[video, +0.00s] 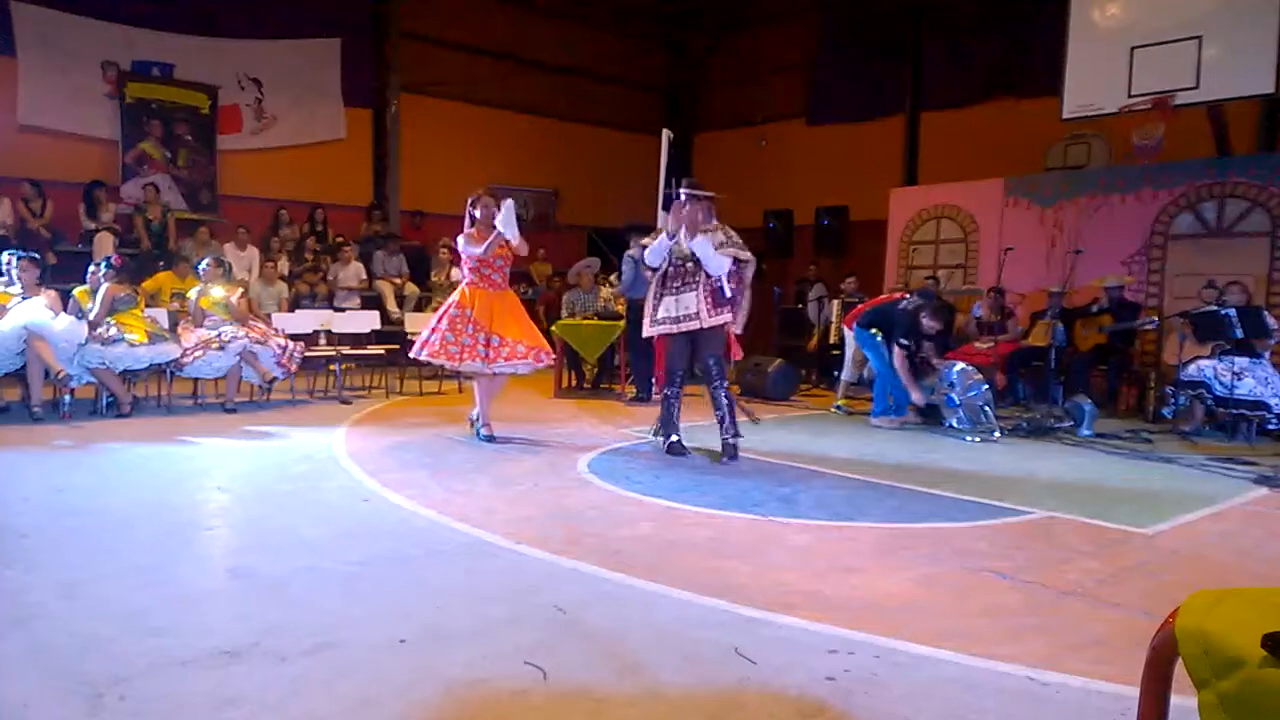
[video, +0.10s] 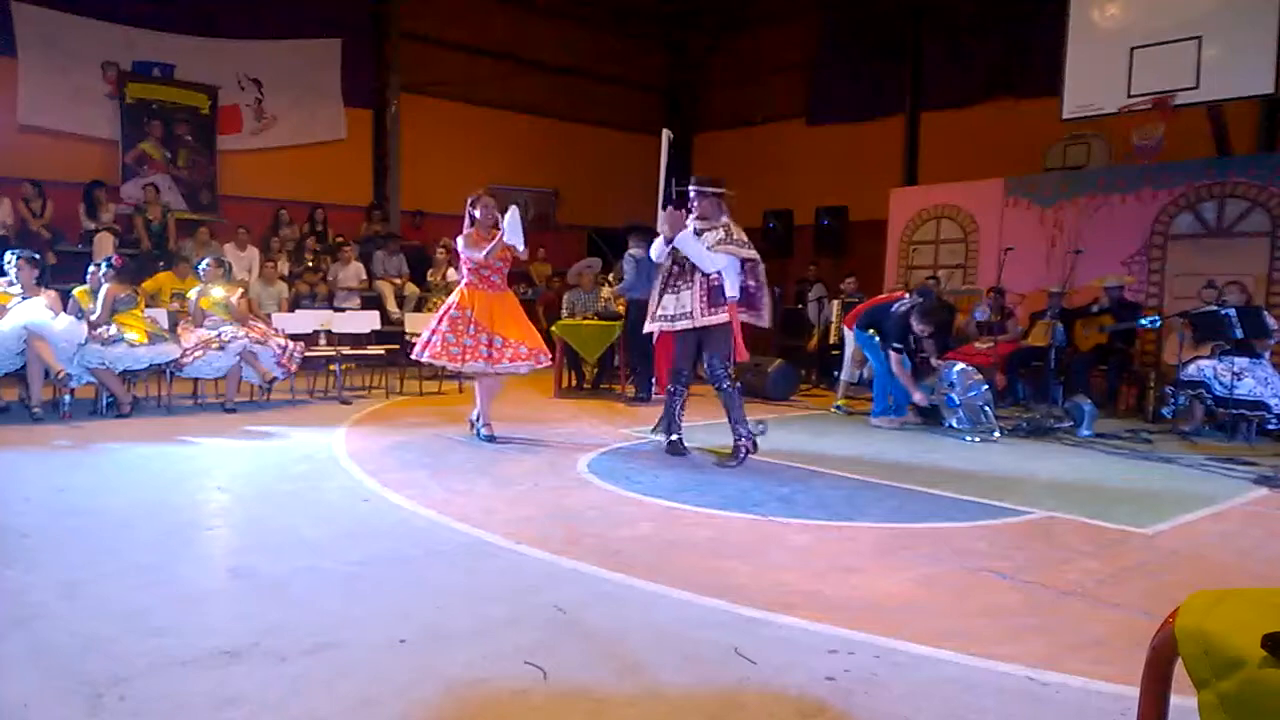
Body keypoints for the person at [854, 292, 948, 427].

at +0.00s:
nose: (933, 333)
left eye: (937, 330)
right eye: (931, 328)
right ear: (923, 316)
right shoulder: (906, 320)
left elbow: (928, 346)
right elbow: (899, 359)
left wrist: (934, 360)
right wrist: (913, 391)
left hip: (885, 332)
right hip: (867, 330)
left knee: (897, 369)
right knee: (884, 370)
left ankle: (901, 411)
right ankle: (880, 414)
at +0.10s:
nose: (925, 336)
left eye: (929, 333)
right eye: (922, 331)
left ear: (935, 327)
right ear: (912, 320)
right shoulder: (899, 321)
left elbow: (927, 339)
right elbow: (896, 365)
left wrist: (932, 356)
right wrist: (914, 392)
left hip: (886, 330)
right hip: (866, 331)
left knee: (904, 365)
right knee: (882, 368)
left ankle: (901, 411)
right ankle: (880, 413)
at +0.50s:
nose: (909, 344)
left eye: (914, 340)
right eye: (906, 340)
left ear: (922, 334)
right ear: (896, 333)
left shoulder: (920, 317)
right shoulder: (887, 332)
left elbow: (920, 336)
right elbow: (892, 371)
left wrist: (914, 353)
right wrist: (918, 392)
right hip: (866, 330)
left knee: (904, 368)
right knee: (881, 369)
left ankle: (899, 410)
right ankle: (879, 413)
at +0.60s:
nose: (911, 345)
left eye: (915, 342)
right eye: (907, 342)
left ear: (922, 335)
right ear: (897, 333)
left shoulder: (918, 316)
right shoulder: (887, 333)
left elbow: (917, 338)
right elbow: (895, 373)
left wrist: (911, 355)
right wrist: (923, 390)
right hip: (865, 331)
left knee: (902, 367)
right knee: (880, 367)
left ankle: (900, 411)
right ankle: (880, 414)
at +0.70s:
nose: (911, 344)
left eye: (915, 340)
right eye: (907, 340)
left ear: (922, 333)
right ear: (898, 332)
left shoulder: (919, 316)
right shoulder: (888, 332)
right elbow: (896, 373)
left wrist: (909, 355)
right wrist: (926, 387)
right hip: (864, 331)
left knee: (903, 366)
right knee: (880, 366)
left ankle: (899, 411)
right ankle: (879, 414)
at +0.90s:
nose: (917, 340)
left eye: (920, 337)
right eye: (913, 337)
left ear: (926, 329)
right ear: (903, 328)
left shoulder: (923, 317)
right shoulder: (893, 330)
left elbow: (915, 340)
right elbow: (901, 370)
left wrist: (907, 356)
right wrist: (930, 384)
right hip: (867, 329)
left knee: (897, 370)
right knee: (881, 367)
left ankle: (899, 410)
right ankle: (880, 414)